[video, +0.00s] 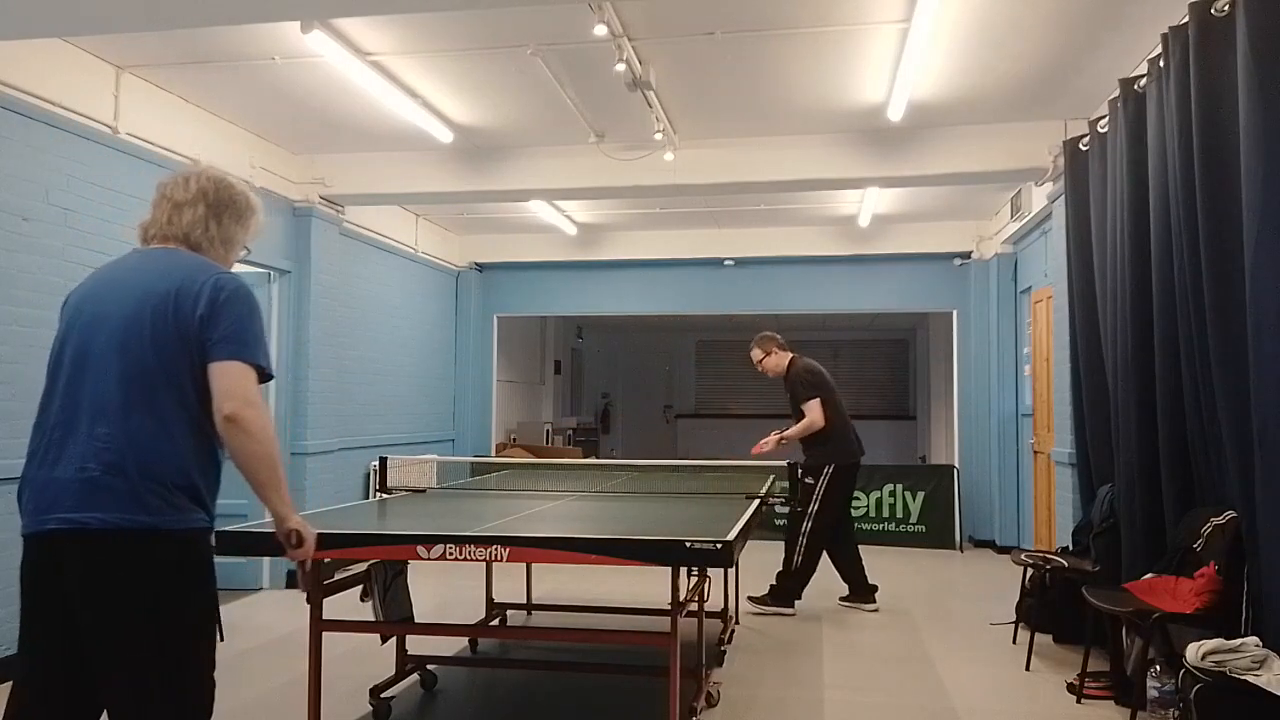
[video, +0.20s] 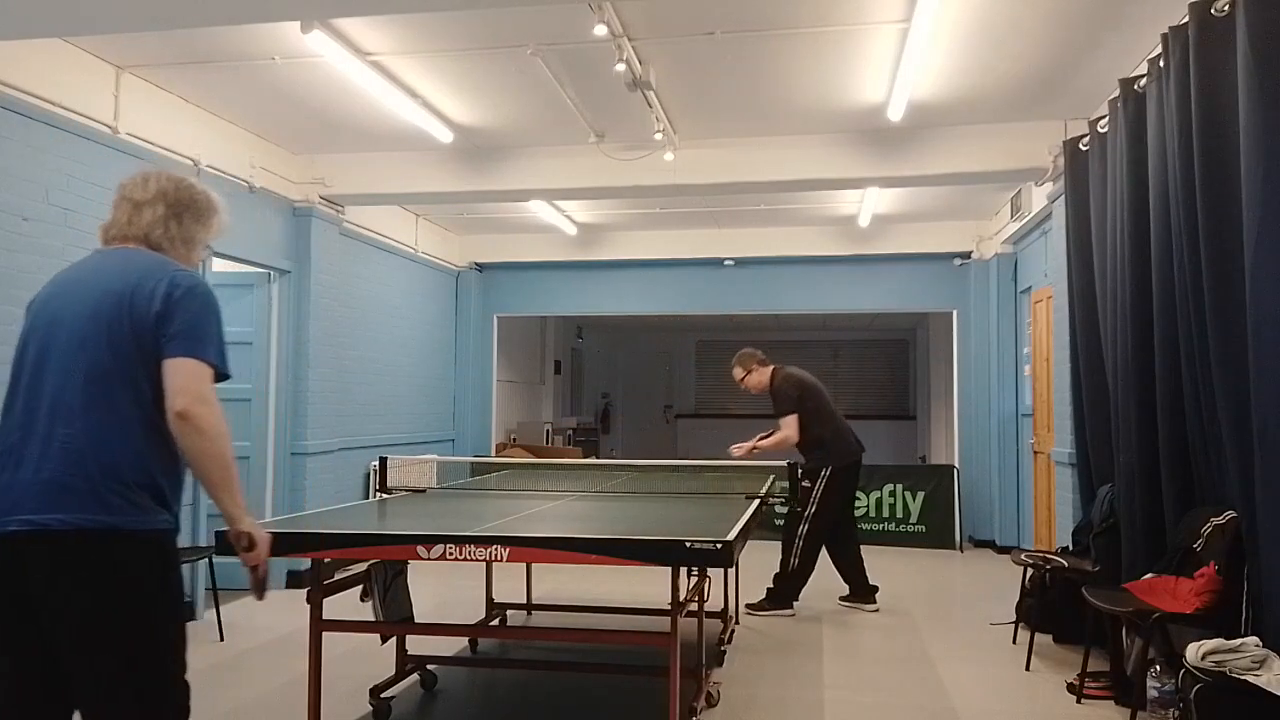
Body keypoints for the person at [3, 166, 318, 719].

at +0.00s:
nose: (239, 259)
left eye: (243, 248)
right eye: (240, 245)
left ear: (161, 221)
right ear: (220, 232)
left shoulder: (88, 287)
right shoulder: (218, 287)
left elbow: (69, 403)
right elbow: (235, 409)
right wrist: (284, 512)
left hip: (53, 531)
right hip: (154, 534)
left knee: (46, 697)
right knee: (167, 706)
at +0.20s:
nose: (202, 262)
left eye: (206, 250)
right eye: (202, 248)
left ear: (121, 224)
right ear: (177, 233)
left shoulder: (53, 288)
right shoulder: (177, 285)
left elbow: (32, 406)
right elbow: (188, 406)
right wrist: (237, 516)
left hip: (18, 541)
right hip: (116, 543)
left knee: (28, 705)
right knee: (143, 707)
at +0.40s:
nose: (170, 257)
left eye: (174, 247)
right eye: (170, 244)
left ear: (89, 219)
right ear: (145, 228)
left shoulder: (21, 288)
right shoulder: (143, 283)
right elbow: (149, 402)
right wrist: (200, 515)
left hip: (7, 539)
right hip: (96, 541)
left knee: (17, 701)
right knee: (135, 705)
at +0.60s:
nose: (164, 257)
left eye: (167, 246)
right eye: (164, 244)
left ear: (83, 219)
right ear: (135, 227)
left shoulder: (18, 285)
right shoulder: (137, 281)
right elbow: (143, 400)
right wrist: (194, 510)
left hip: (8, 536)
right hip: (94, 539)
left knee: (20, 699)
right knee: (123, 702)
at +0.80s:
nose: (176, 257)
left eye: (180, 246)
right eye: (177, 244)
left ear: (96, 220)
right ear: (154, 230)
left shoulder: (24, 291)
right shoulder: (152, 283)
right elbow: (166, 402)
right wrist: (214, 512)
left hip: (10, 534)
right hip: (102, 537)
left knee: (23, 695)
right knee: (119, 699)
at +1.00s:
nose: (195, 257)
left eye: (199, 244)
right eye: (196, 243)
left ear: (116, 221)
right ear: (173, 230)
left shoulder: (45, 291)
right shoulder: (174, 285)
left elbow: (23, 401)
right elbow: (190, 405)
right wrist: (238, 511)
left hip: (18, 534)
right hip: (118, 535)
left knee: (28, 697)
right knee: (131, 699)